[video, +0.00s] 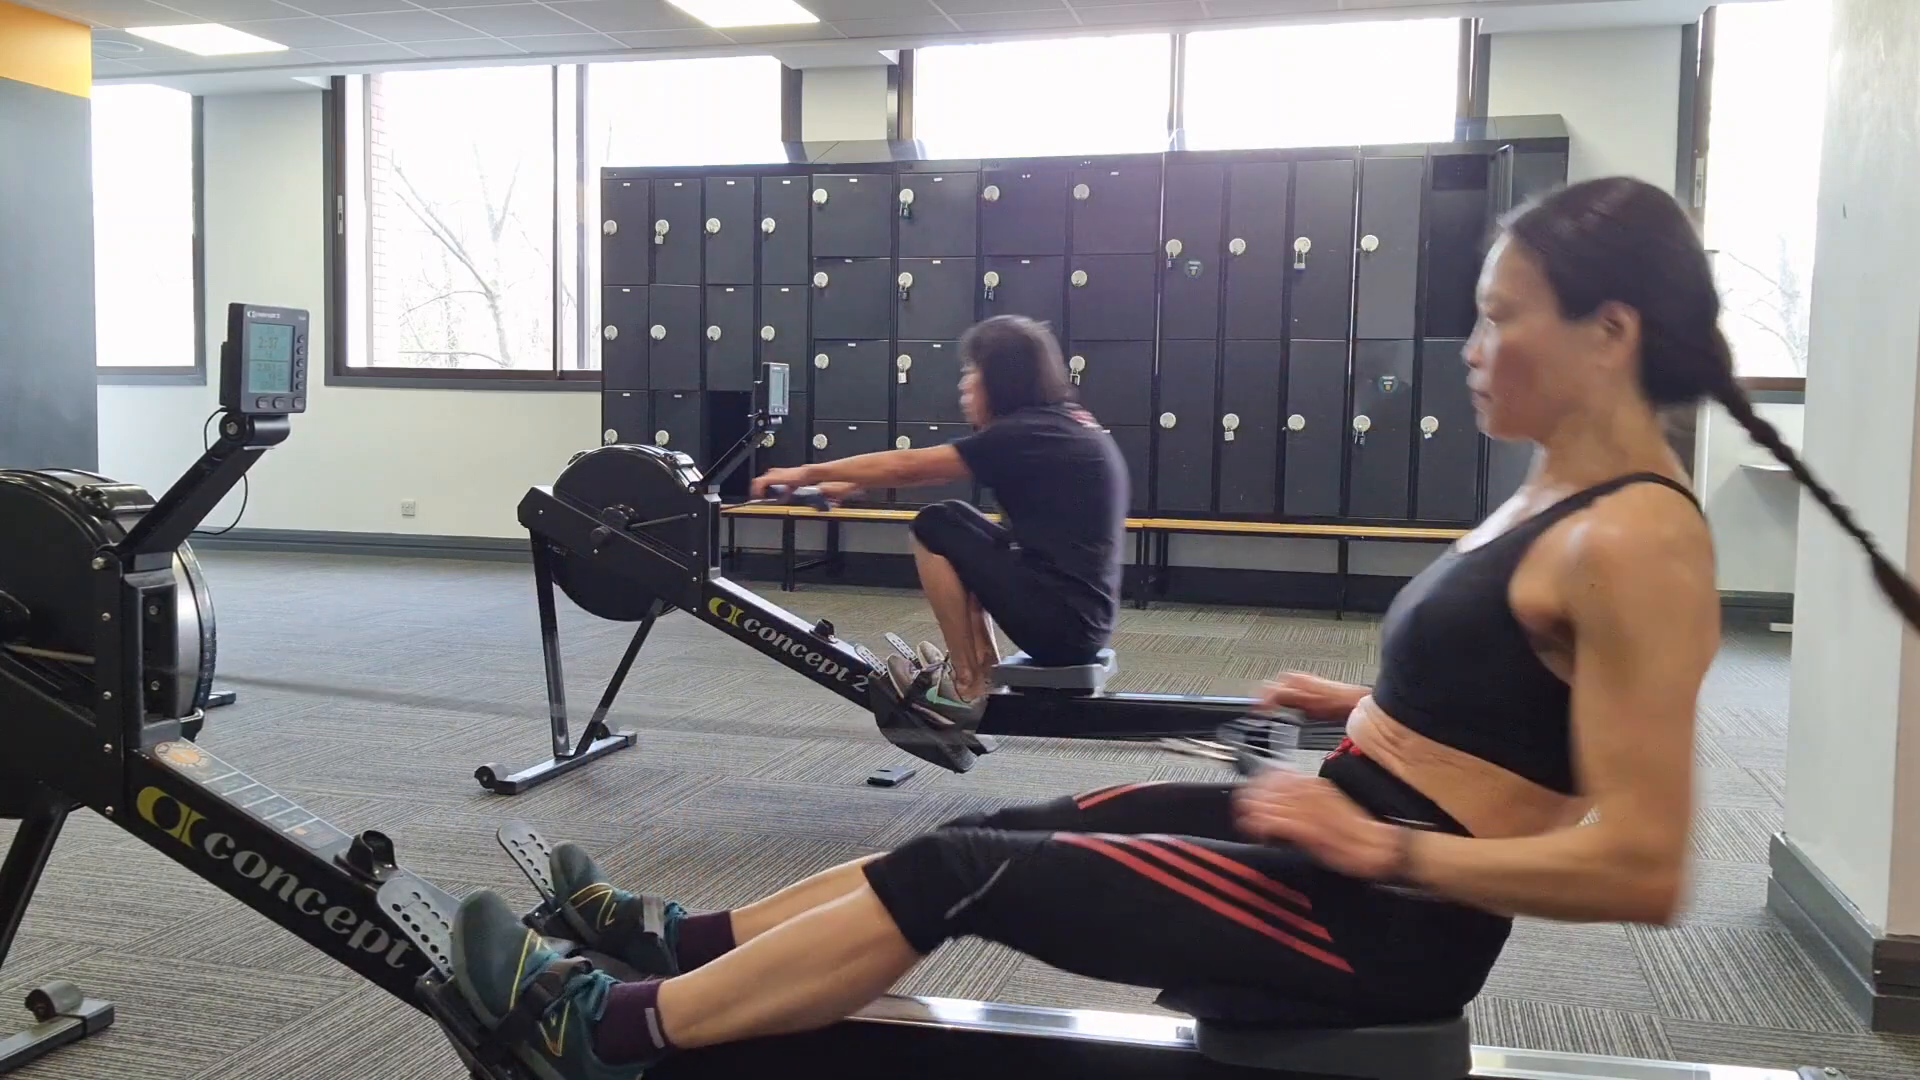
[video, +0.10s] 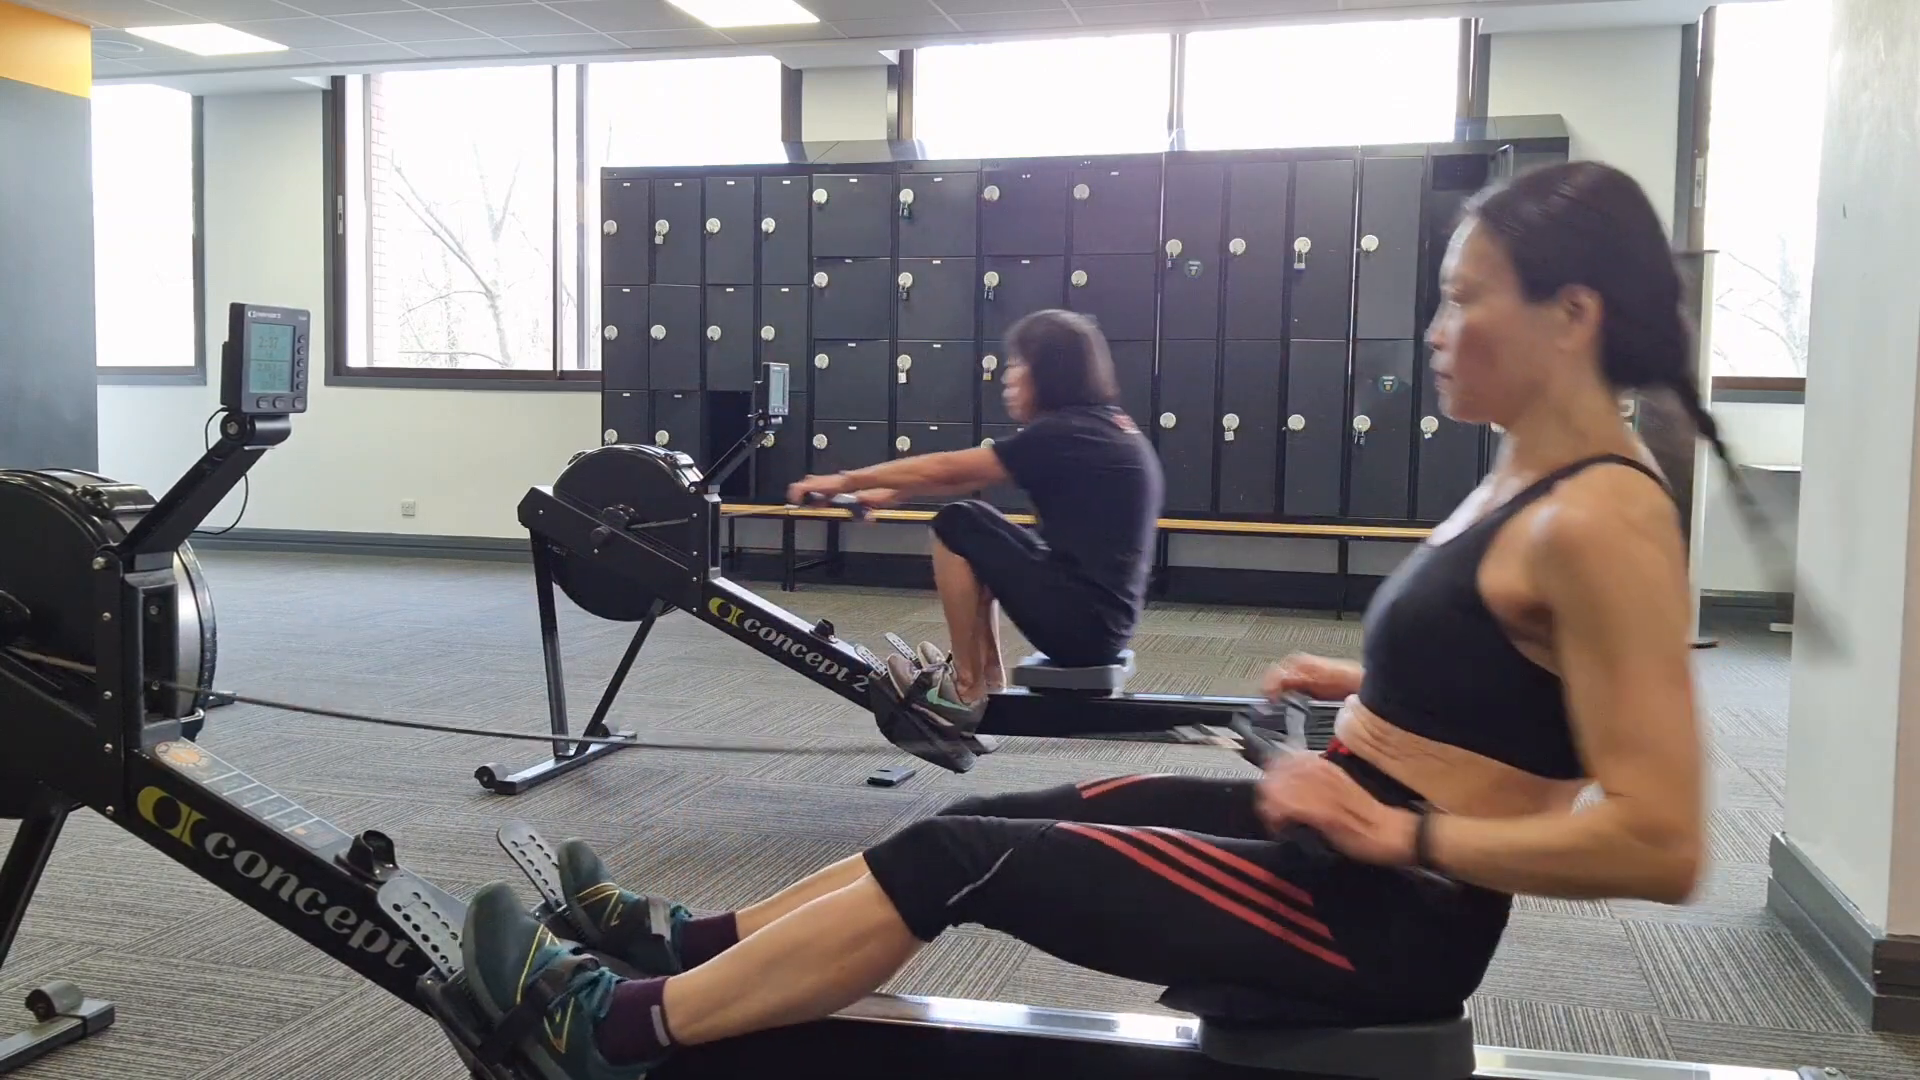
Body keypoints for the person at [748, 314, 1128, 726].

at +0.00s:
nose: (960, 387)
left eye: (968, 372)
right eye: (964, 373)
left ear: (1003, 378)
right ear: (1026, 378)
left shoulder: (1026, 433)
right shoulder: (1067, 424)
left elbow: (904, 467)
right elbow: (928, 470)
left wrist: (806, 472)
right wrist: (855, 486)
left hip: (1064, 627)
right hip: (1085, 620)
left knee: (933, 524)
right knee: (954, 520)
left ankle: (967, 684)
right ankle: (982, 666)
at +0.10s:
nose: (1006, 380)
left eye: (1015, 367)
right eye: (1008, 368)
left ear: (1050, 373)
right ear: (1074, 373)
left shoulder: (1059, 436)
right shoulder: (1109, 427)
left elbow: (944, 473)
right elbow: (964, 476)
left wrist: (842, 480)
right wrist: (895, 494)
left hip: (1084, 631)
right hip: (1108, 624)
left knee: (956, 525)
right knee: (972, 516)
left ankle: (967, 687)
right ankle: (989, 674)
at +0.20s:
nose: (1048, 376)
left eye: (1058, 362)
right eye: (1052, 362)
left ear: (1091, 372)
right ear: (1114, 374)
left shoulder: (1100, 438)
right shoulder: (1148, 434)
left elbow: (988, 475)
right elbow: (1004, 482)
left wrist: (881, 483)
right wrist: (925, 497)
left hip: (1107, 630)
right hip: (1134, 625)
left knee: (976, 523)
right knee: (988, 521)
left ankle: (967, 690)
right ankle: (987, 680)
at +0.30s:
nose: (1090, 371)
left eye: (1101, 359)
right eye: (1094, 358)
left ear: (1132, 368)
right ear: (1161, 371)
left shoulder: (1144, 438)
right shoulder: (1193, 435)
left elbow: (1028, 473)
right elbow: (1049, 478)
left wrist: (919, 482)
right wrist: (964, 497)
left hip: (1130, 629)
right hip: (1161, 624)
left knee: (996, 528)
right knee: (1013, 528)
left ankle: (966, 693)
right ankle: (985, 686)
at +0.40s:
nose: (1133, 371)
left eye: (1144, 358)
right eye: (1138, 358)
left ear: (1176, 368)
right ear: (1196, 368)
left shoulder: (1184, 442)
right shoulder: (1231, 434)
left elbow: (1068, 476)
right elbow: (1087, 480)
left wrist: (959, 482)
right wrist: (1007, 497)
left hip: (1171, 641)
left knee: (1021, 532)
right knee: (1039, 528)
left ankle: (982, 675)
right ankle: (986, 675)